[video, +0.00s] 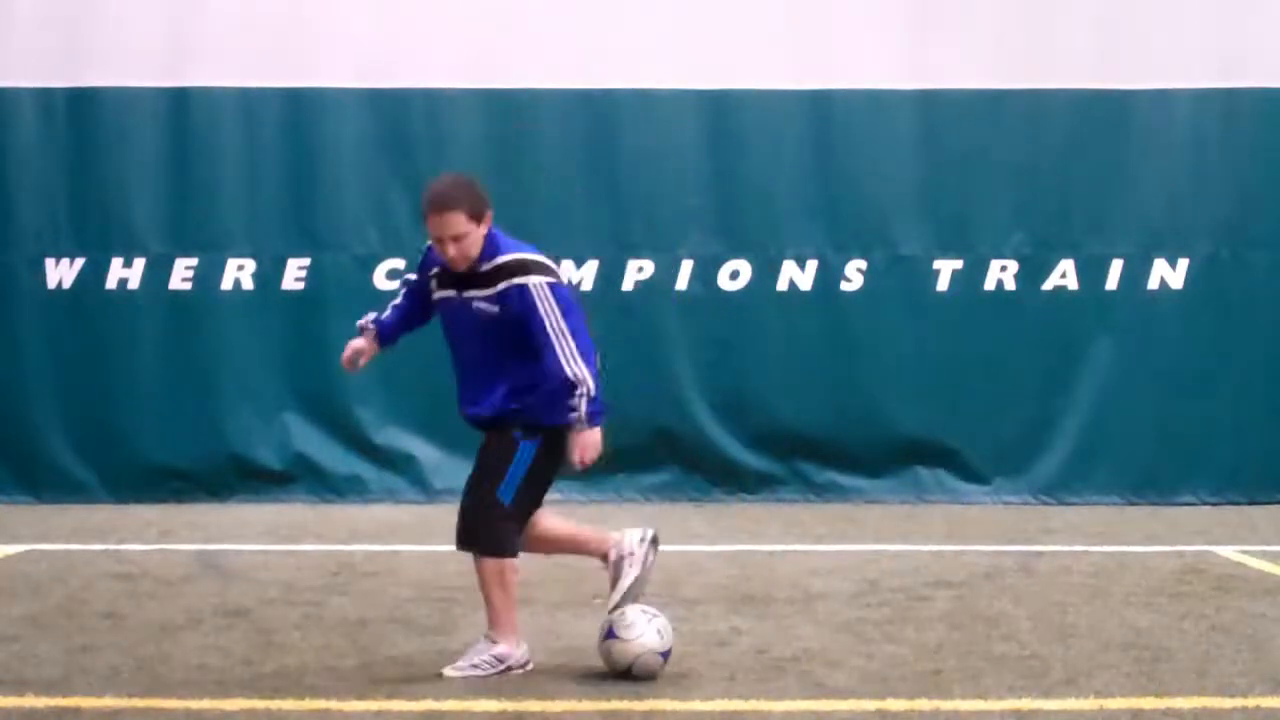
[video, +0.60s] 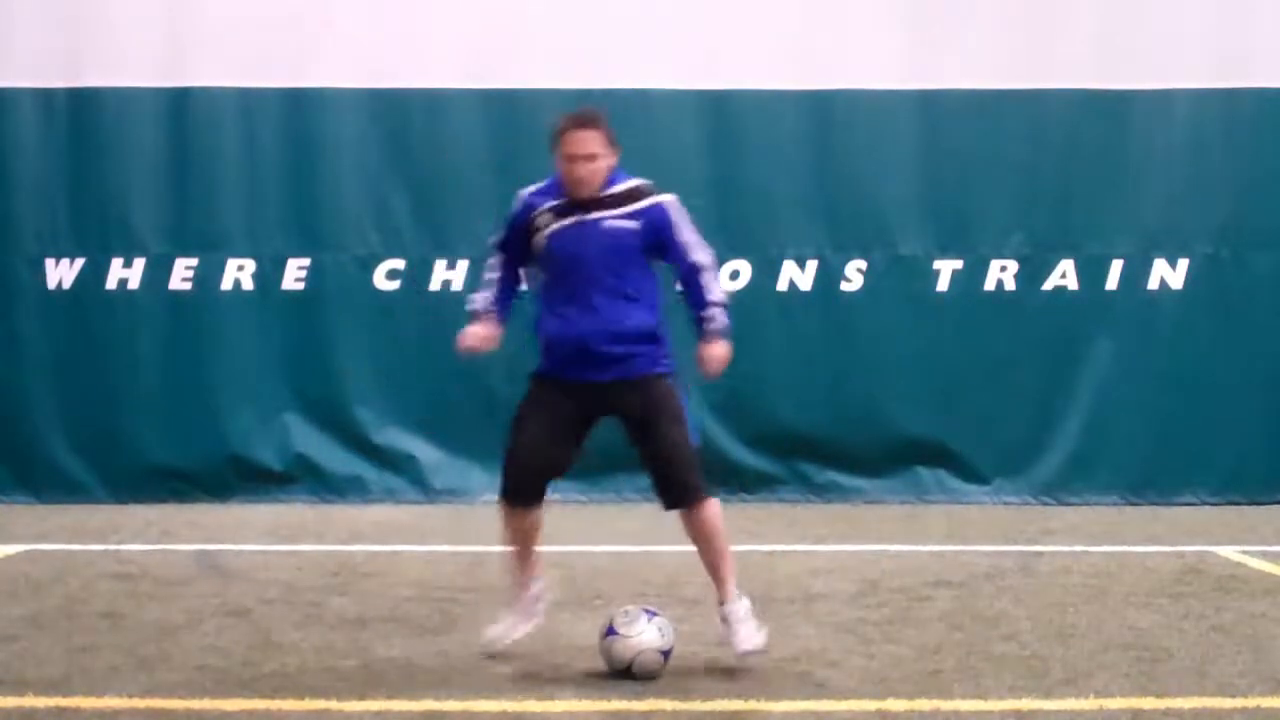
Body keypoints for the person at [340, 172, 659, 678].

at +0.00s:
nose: (448, 251)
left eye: (457, 238)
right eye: (439, 241)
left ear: (484, 224)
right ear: (429, 234)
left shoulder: (524, 269)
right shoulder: (437, 270)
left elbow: (568, 341)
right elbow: (411, 304)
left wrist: (586, 417)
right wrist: (375, 336)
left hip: (538, 417)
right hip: (501, 419)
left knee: (486, 520)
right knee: (497, 523)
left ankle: (506, 645)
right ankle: (616, 547)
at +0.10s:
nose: (455, 240)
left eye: (465, 226)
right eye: (446, 228)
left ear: (492, 213)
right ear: (436, 223)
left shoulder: (534, 263)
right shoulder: (440, 259)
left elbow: (589, 323)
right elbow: (413, 299)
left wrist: (623, 388)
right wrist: (378, 333)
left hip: (544, 413)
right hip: (494, 414)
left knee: (486, 522)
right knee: (482, 524)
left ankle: (506, 645)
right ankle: (604, 544)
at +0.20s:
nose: (465, 213)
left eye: (476, 200)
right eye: (457, 202)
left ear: (502, 187)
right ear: (448, 197)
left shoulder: (548, 229)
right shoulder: (445, 236)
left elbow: (619, 273)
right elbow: (423, 291)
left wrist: (637, 343)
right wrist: (393, 335)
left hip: (552, 396)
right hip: (493, 396)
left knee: (509, 508)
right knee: (472, 503)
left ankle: (506, 639)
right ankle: (579, 561)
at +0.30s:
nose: (475, 204)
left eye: (485, 190)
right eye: (465, 193)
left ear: (509, 179)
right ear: (455, 189)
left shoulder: (556, 218)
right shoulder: (451, 237)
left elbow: (615, 260)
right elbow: (434, 297)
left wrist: (631, 338)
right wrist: (421, 360)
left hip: (568, 378)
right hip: (505, 384)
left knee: (547, 485)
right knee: (488, 500)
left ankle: (538, 617)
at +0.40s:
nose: (497, 217)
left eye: (507, 204)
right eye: (487, 207)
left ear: (531, 198)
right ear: (477, 206)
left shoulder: (574, 243)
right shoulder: (466, 257)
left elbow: (624, 302)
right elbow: (446, 324)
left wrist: (645, 372)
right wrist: (432, 383)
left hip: (582, 400)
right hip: (511, 408)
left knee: (600, 489)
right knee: (484, 520)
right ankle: (491, 625)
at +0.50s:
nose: (535, 201)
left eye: (545, 189)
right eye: (526, 191)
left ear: (567, 184)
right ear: (512, 191)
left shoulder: (609, 230)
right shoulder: (496, 238)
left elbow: (657, 292)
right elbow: (465, 296)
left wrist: (678, 353)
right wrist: (440, 346)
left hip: (602, 395)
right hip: (527, 402)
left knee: (649, 481)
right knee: (497, 512)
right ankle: (490, 622)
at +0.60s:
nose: (581, 169)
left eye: (591, 158)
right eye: (571, 159)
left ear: (613, 156)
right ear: (555, 160)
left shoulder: (649, 205)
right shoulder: (533, 209)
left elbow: (697, 264)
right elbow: (503, 262)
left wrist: (714, 329)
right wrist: (489, 315)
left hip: (640, 372)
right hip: (563, 375)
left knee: (684, 483)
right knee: (519, 482)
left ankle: (732, 603)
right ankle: (527, 600)